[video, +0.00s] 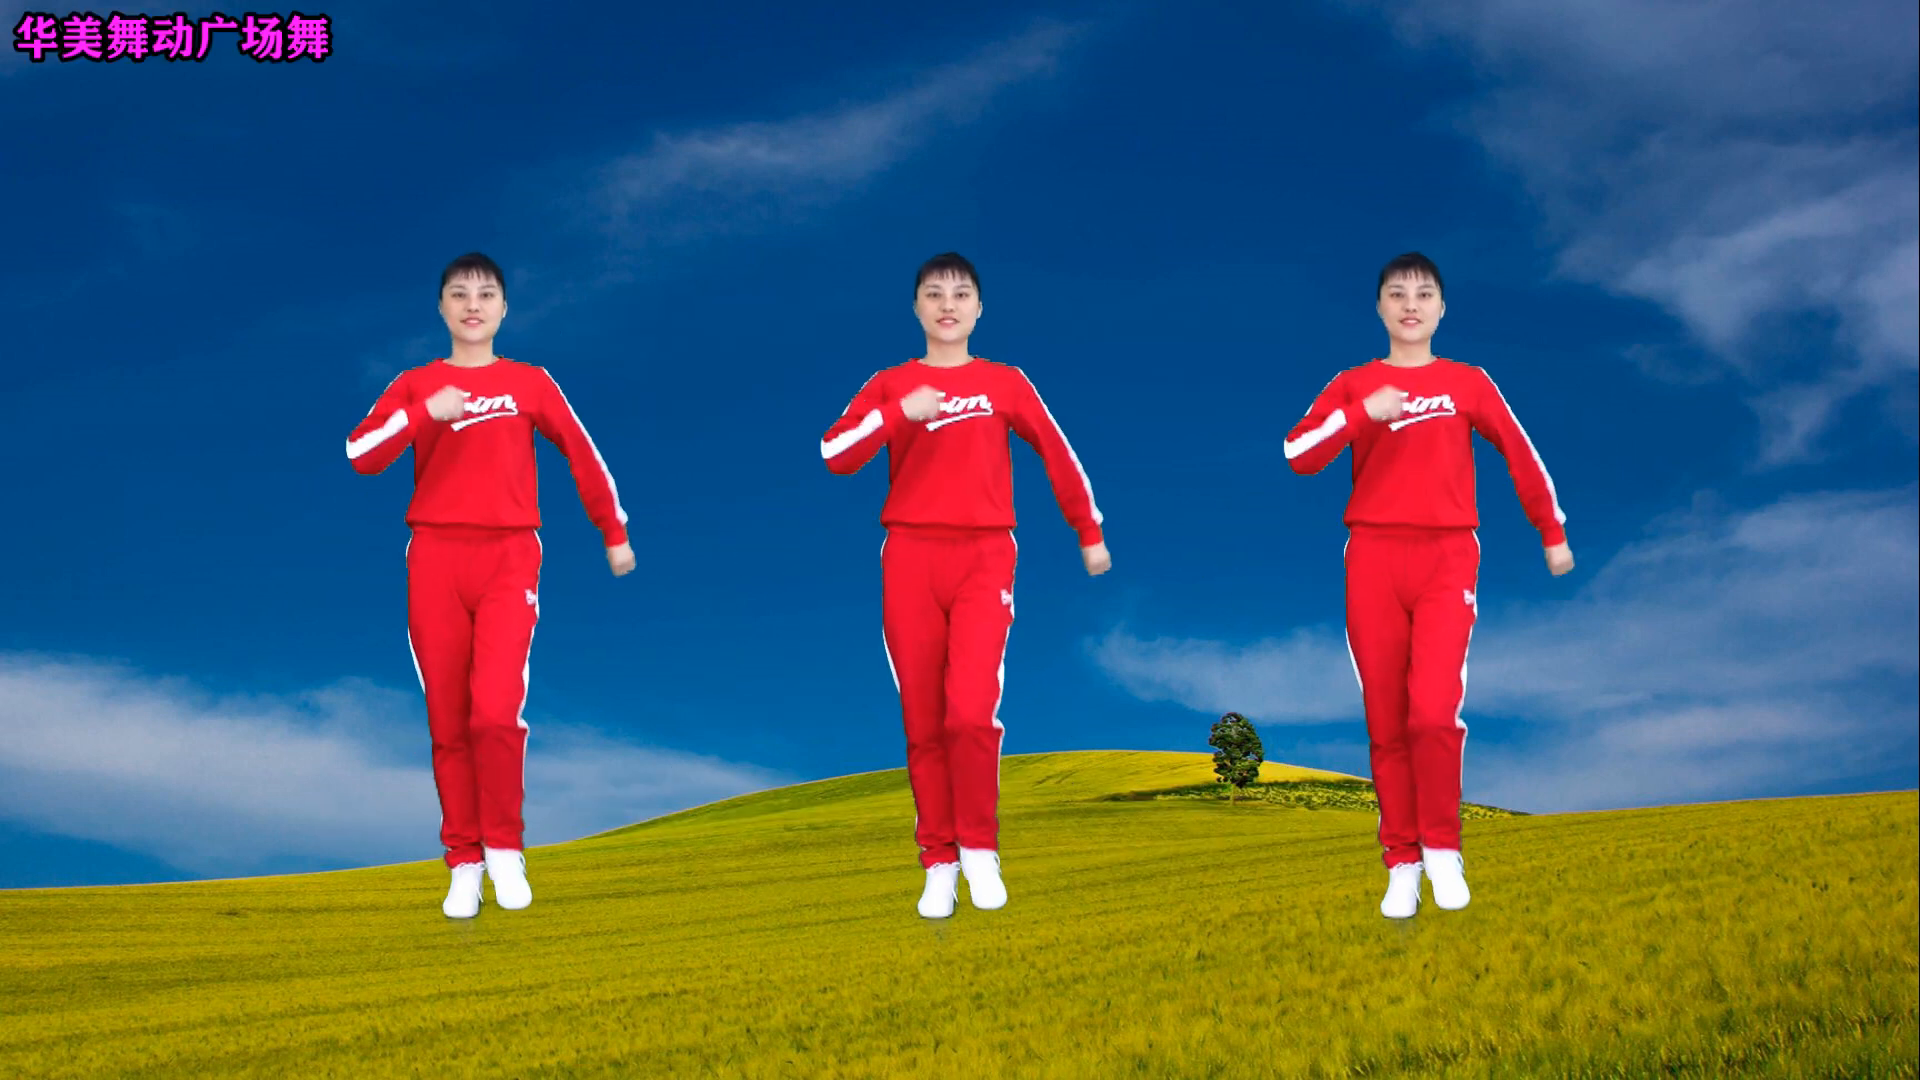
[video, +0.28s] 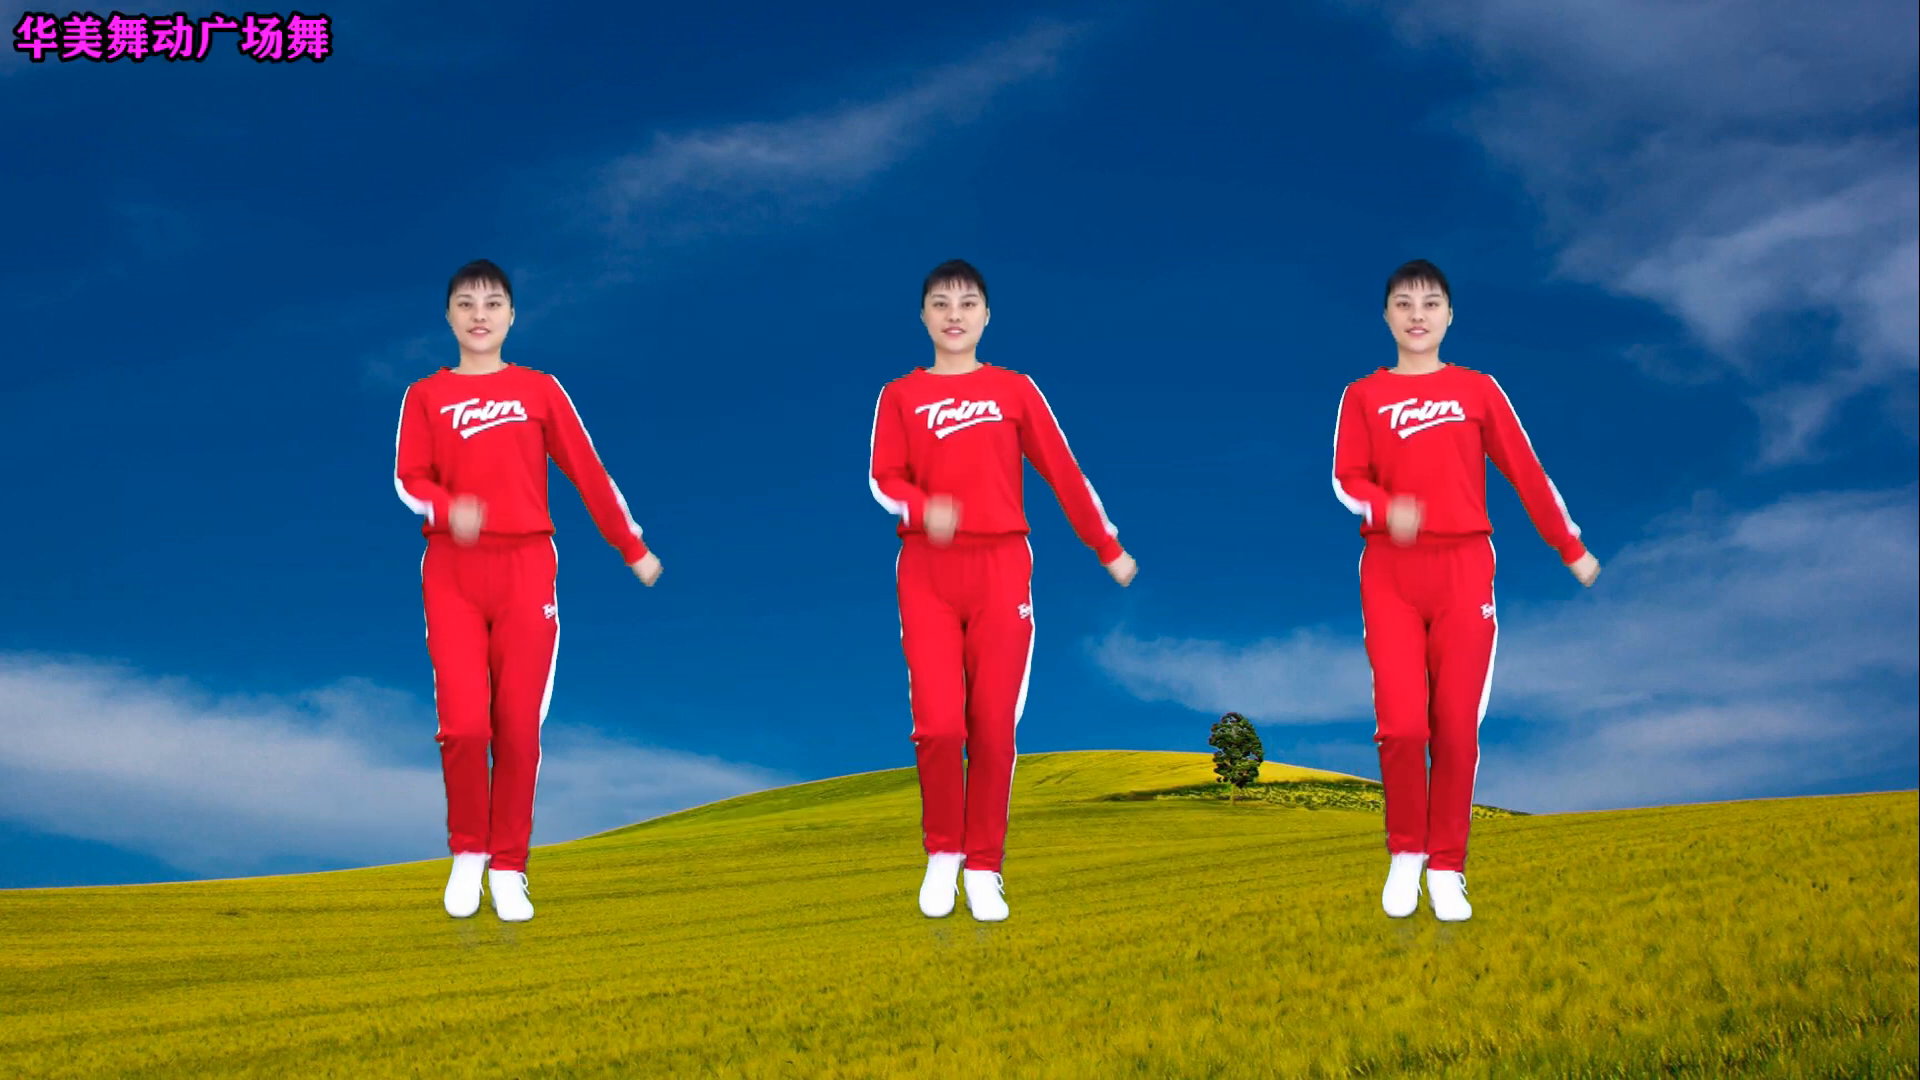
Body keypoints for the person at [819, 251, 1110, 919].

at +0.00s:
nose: (949, 305)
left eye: (961, 295)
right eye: (936, 295)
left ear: (978, 307)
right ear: (918, 308)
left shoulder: (1007, 382)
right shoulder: (888, 384)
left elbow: (1059, 454)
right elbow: (835, 454)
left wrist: (1090, 534)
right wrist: (897, 414)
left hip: (985, 560)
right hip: (910, 560)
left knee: (971, 714)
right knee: (923, 720)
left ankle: (979, 850)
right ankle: (937, 859)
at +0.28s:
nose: (954, 314)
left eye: (967, 304)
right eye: (941, 304)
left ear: (985, 315)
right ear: (925, 316)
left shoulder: (1015, 388)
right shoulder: (899, 394)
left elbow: (1064, 472)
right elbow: (884, 478)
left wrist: (1108, 547)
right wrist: (919, 505)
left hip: (1002, 571)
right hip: (926, 574)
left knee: (994, 724)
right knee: (936, 721)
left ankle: (984, 867)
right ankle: (943, 855)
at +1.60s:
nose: (955, 308)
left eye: (967, 298)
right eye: (942, 299)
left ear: (985, 311)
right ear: (925, 313)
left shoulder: (1018, 385)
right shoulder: (899, 390)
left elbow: (1069, 466)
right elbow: (881, 474)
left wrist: (1115, 542)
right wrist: (924, 496)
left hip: (1000, 572)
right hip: (924, 573)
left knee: (991, 725)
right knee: (933, 725)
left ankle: (983, 868)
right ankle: (939, 863)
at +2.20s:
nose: (949, 310)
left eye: (961, 300)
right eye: (935, 302)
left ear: (979, 314)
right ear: (918, 319)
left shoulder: (1008, 392)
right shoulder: (889, 391)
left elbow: (1026, 475)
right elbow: (829, 459)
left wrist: (982, 412)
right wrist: (771, 525)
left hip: (996, 567)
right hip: (919, 568)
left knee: (989, 726)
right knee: (927, 727)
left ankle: (981, 869)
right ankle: (931, 869)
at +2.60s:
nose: (939, 310)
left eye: (952, 300)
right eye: (927, 300)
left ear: (969, 312)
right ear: (909, 312)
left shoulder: (996, 389)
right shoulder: (879, 392)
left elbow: (1036, 477)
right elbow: (841, 471)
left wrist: (1055, 565)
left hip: (974, 565)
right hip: (899, 566)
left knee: (948, 709)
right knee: (906, 721)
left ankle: (963, 818)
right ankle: (929, 862)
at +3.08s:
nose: (946, 322)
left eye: (959, 311)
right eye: (933, 312)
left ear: (976, 321)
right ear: (917, 323)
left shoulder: (1007, 399)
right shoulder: (890, 403)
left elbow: (1051, 485)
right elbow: (884, 487)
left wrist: (1092, 567)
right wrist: (908, 555)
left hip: (998, 574)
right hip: (922, 575)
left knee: (988, 727)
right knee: (935, 721)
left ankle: (970, 868)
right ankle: (933, 837)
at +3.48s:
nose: (946, 307)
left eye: (958, 296)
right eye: (932, 299)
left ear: (977, 307)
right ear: (917, 315)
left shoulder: (1008, 386)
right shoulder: (892, 390)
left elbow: (1041, 468)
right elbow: (825, 453)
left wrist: (993, 406)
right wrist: (761, 517)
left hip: (993, 563)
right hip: (916, 565)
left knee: (983, 723)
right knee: (930, 727)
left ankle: (972, 868)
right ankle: (931, 865)